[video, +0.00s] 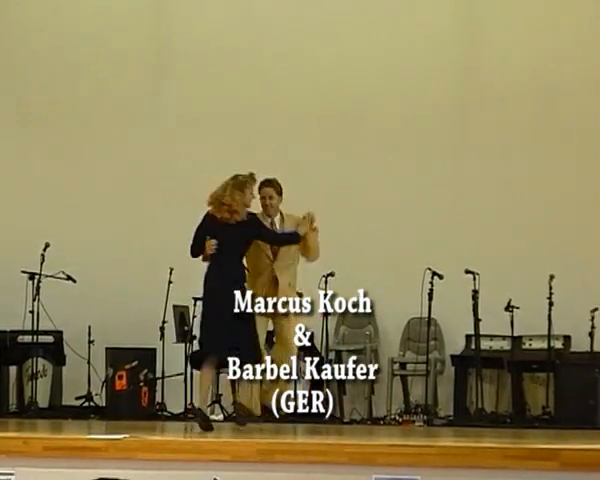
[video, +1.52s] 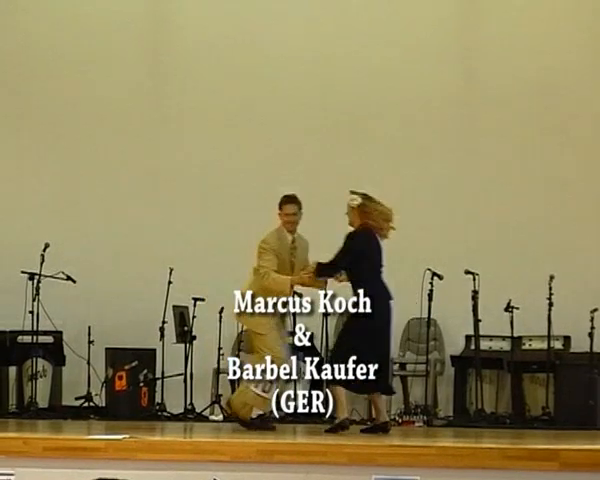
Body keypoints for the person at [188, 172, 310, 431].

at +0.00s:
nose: (254, 199)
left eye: (253, 195)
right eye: (251, 194)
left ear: (227, 192)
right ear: (243, 195)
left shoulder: (210, 218)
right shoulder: (249, 221)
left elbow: (195, 251)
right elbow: (275, 239)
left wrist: (205, 246)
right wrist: (301, 233)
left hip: (213, 284)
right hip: (236, 285)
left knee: (213, 347)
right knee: (244, 344)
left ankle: (201, 405)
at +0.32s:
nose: (290, 203)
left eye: (290, 198)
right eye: (286, 199)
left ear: (279, 201)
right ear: (276, 202)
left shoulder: (276, 227)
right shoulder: (281, 228)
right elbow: (311, 225)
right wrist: (323, 208)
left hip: (272, 295)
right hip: (276, 297)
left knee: (280, 356)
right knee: (283, 356)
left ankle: (270, 411)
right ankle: (269, 411)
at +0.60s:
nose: (317, 182)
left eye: (320, 177)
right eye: (312, 178)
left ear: (325, 178)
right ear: (303, 180)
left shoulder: (335, 200)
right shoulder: (299, 201)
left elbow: (345, 231)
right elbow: (271, 197)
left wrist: (325, 224)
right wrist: (273, 173)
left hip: (330, 266)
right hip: (307, 265)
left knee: (326, 323)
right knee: (305, 320)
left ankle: (332, 387)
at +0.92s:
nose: (332, 237)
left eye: (336, 233)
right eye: (333, 233)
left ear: (348, 234)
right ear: (350, 235)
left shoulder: (349, 258)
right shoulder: (359, 256)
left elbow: (323, 284)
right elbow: (325, 283)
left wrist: (291, 291)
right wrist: (293, 291)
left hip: (373, 324)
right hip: (381, 323)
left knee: (331, 364)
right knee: (355, 367)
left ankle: (350, 418)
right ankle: (359, 418)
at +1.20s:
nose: (363, 223)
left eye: (368, 218)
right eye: (361, 218)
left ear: (380, 220)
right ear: (362, 220)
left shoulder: (373, 243)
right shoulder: (388, 243)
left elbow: (347, 260)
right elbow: (376, 281)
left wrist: (313, 270)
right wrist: (345, 279)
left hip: (395, 310)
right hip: (408, 310)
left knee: (361, 358)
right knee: (378, 362)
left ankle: (355, 415)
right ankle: (377, 417)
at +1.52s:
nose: (348, 215)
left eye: (351, 211)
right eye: (349, 211)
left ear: (361, 213)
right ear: (366, 214)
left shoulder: (357, 237)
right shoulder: (370, 236)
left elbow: (338, 266)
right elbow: (360, 269)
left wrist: (315, 268)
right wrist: (332, 273)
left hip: (366, 304)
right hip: (379, 303)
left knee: (336, 359)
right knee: (371, 360)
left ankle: (341, 415)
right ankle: (381, 418)